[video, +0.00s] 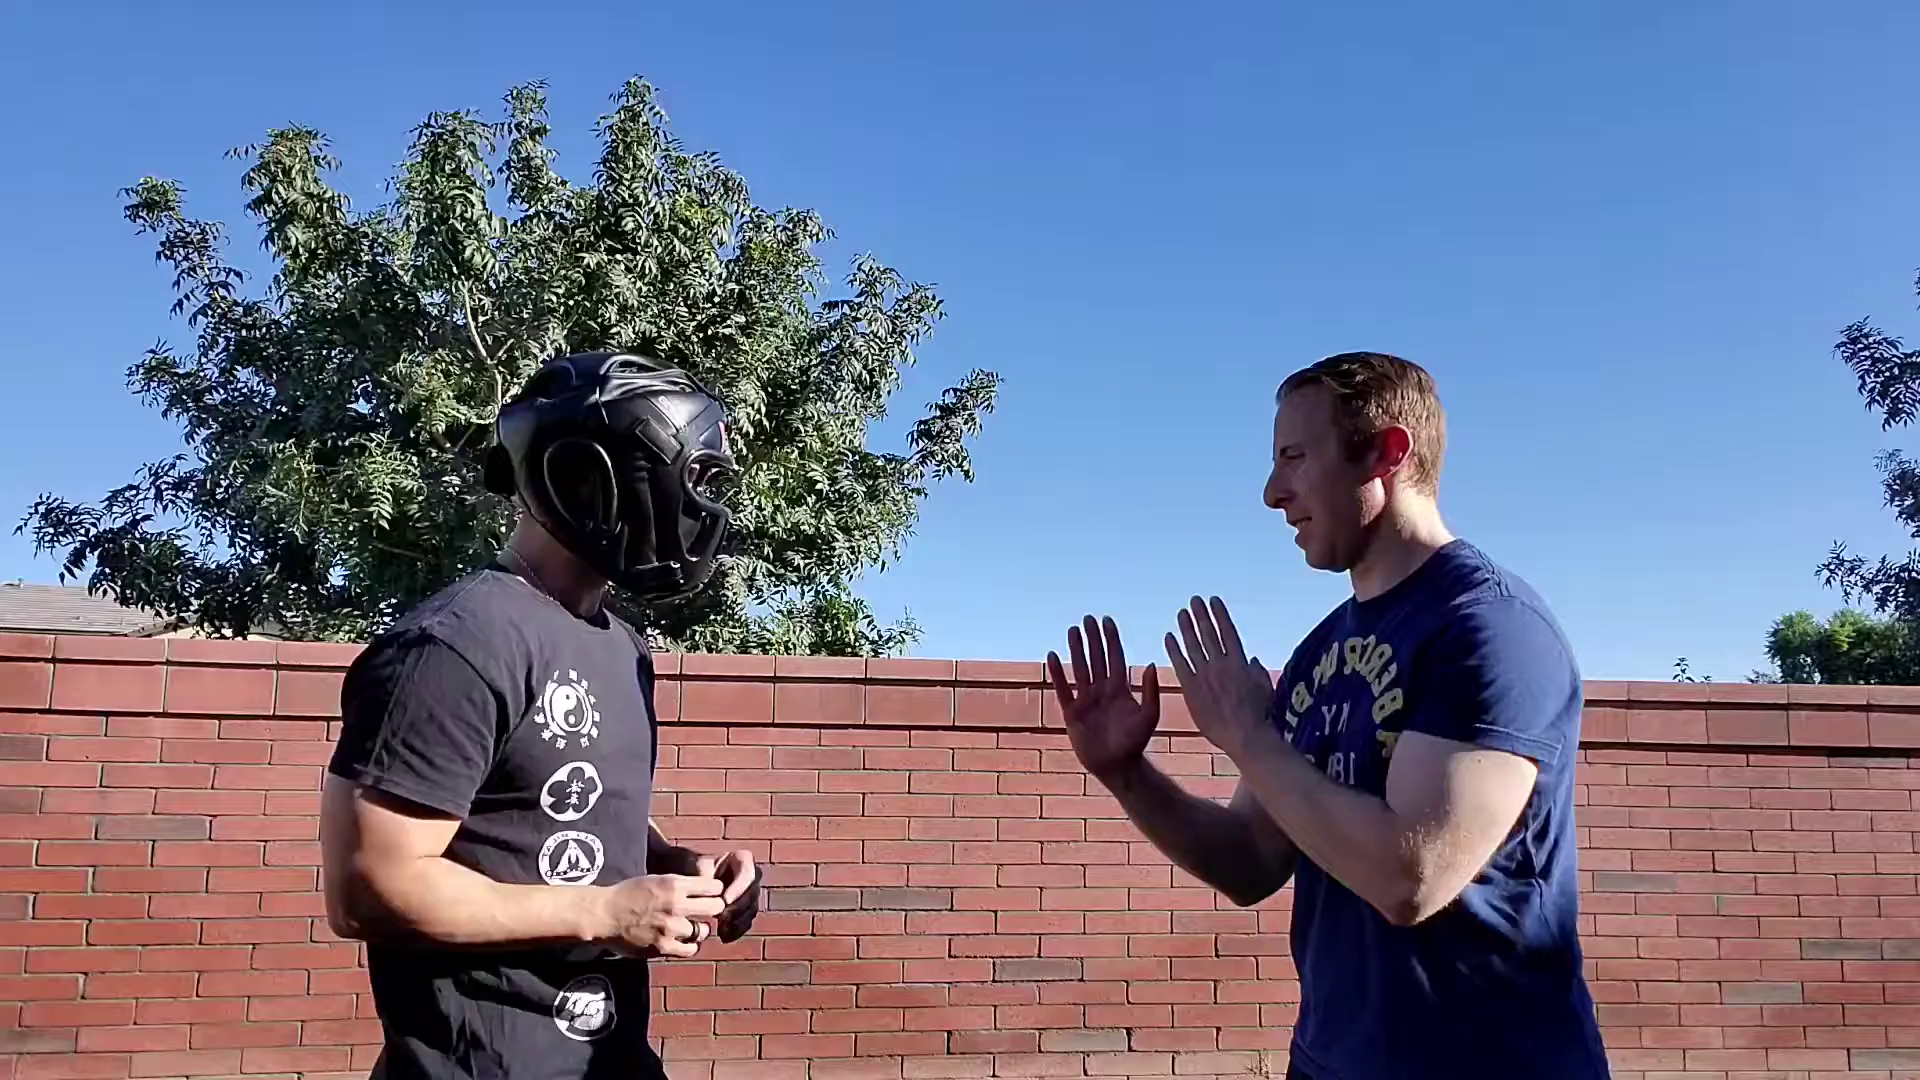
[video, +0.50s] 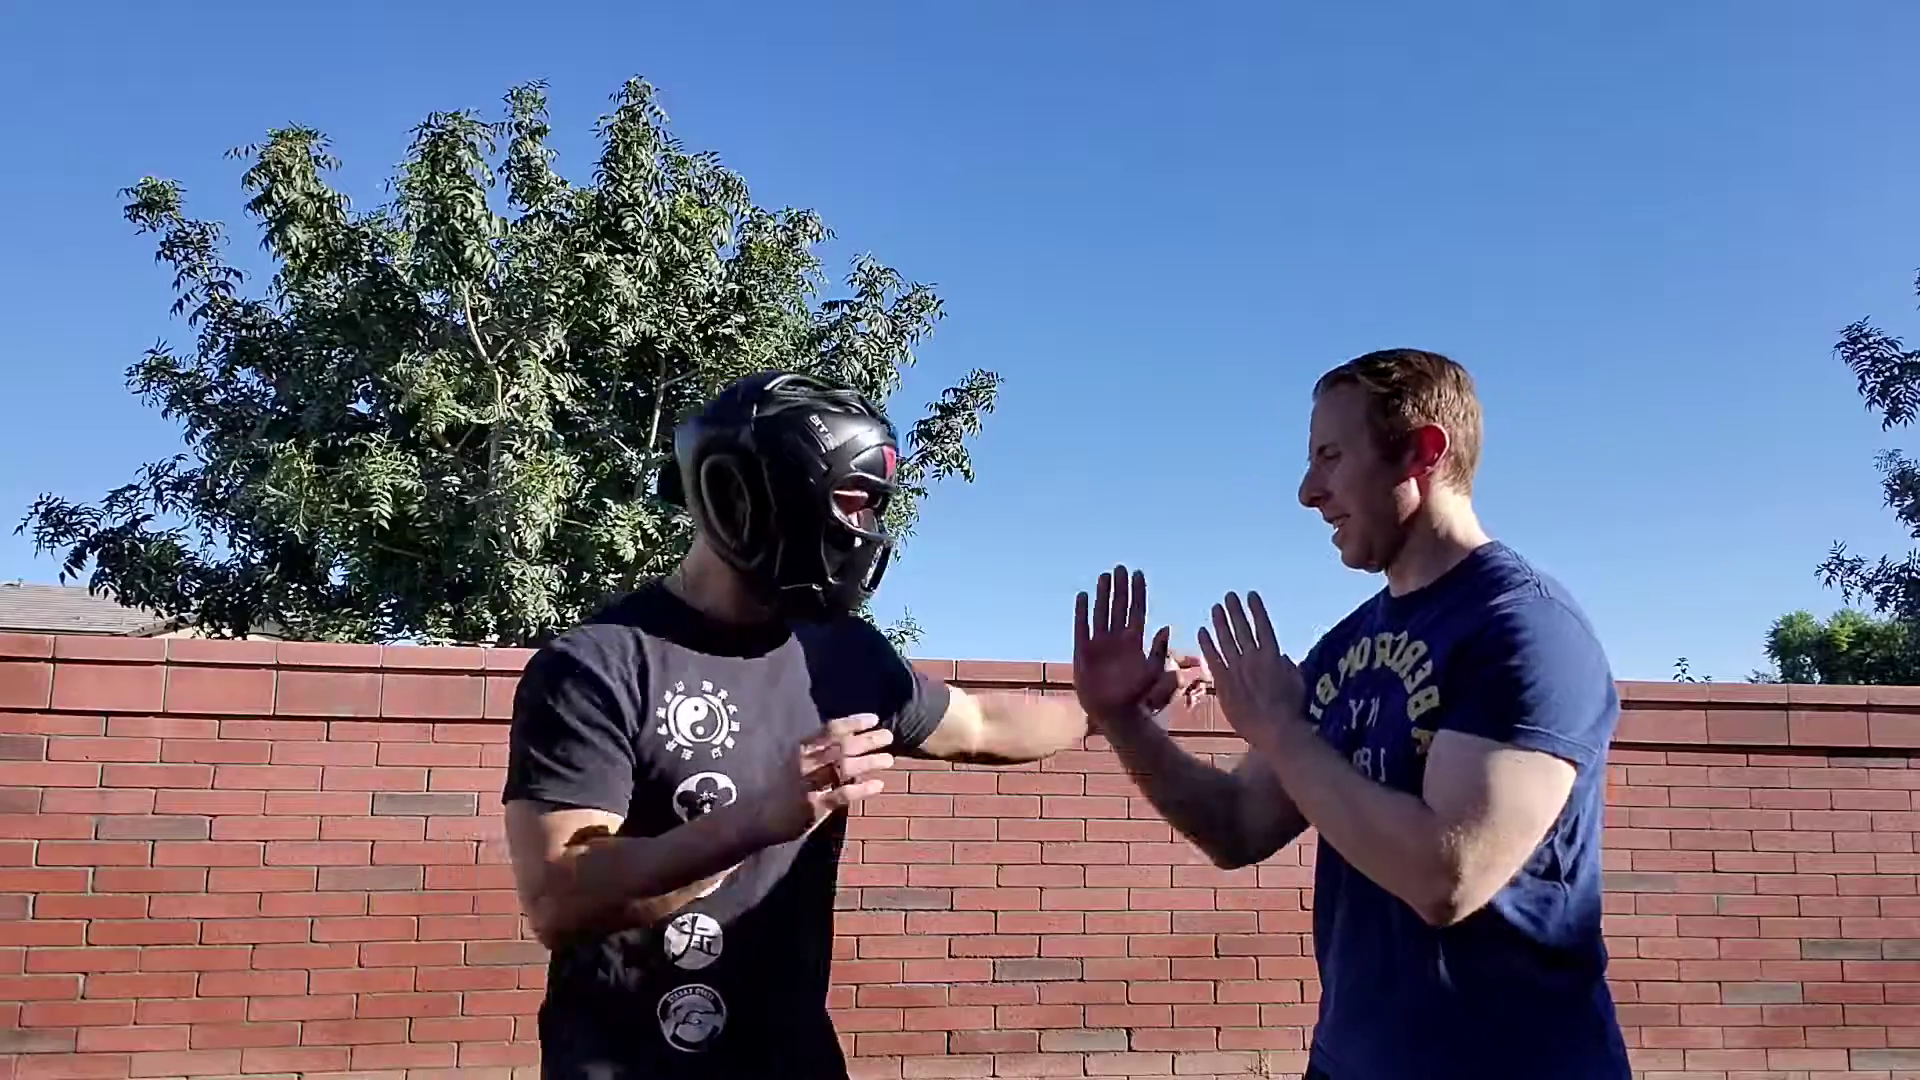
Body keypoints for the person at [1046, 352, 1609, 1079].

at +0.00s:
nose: (1273, 493)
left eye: (1294, 457)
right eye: (1276, 464)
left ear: (1388, 454)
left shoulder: (1496, 628)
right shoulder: (1319, 656)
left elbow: (1412, 879)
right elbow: (1248, 865)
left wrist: (1251, 739)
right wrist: (1126, 774)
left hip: (1486, 1057)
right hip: (1336, 1052)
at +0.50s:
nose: (1309, 490)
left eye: (1330, 455)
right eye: (1313, 462)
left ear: (1422, 457)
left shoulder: (1531, 630)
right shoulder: (1346, 649)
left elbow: (1447, 877)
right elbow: (1238, 829)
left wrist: (1284, 734)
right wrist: (1125, 722)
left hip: (1511, 1057)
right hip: (1356, 1052)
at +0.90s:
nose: (1325, 498)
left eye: (1345, 463)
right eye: (1325, 470)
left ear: (1444, 454)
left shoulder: (1554, 634)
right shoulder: (1351, 643)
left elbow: (1487, 893)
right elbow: (1219, 768)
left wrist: (1299, 756)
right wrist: (1141, 618)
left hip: (1519, 1059)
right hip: (1357, 1052)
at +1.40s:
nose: (1248, 511)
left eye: (1266, 478)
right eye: (1248, 483)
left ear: (1356, 470)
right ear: (1359, 476)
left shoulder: (1376, 623)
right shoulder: (1439, 612)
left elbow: (1107, 726)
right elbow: (1302, 805)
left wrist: (910, 609)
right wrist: (1212, 673)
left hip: (1429, 1057)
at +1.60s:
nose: (1260, 506)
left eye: (1280, 474)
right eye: (1259, 480)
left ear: (1375, 466)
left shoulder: (1406, 613)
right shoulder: (1419, 609)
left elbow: (1134, 727)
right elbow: (1307, 811)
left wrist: (918, 629)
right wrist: (1212, 682)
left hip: (1456, 1054)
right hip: (1391, 1050)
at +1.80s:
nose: (1267, 504)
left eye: (1287, 470)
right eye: (1266, 477)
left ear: (1379, 463)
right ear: (1369, 470)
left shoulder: (1424, 606)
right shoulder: (1384, 614)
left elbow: (1158, 731)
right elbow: (1310, 808)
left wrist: (926, 649)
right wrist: (1197, 688)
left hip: (1473, 1053)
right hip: (1386, 1050)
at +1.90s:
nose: (1263, 505)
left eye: (1283, 471)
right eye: (1262, 478)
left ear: (1380, 465)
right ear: (1371, 469)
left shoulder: (1417, 619)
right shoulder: (1391, 613)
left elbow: (1196, 794)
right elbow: (1287, 812)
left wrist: (984, 709)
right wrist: (1173, 720)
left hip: (1476, 1053)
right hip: (1394, 1047)